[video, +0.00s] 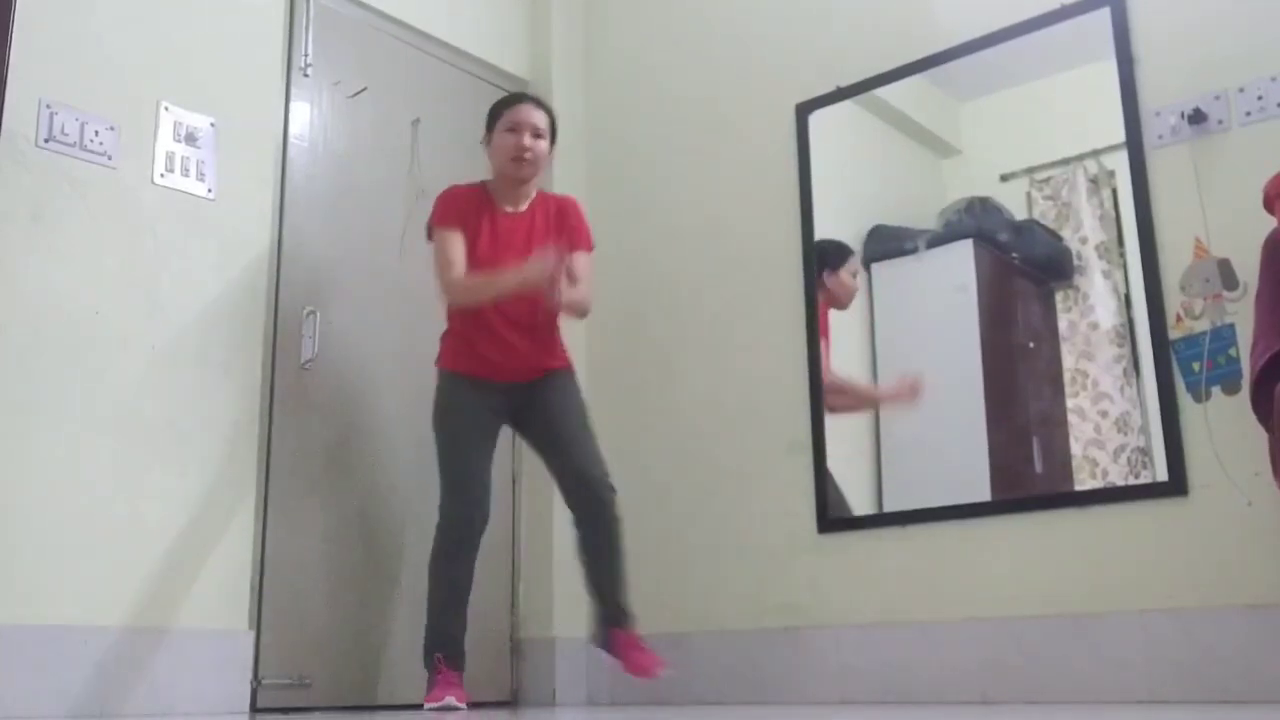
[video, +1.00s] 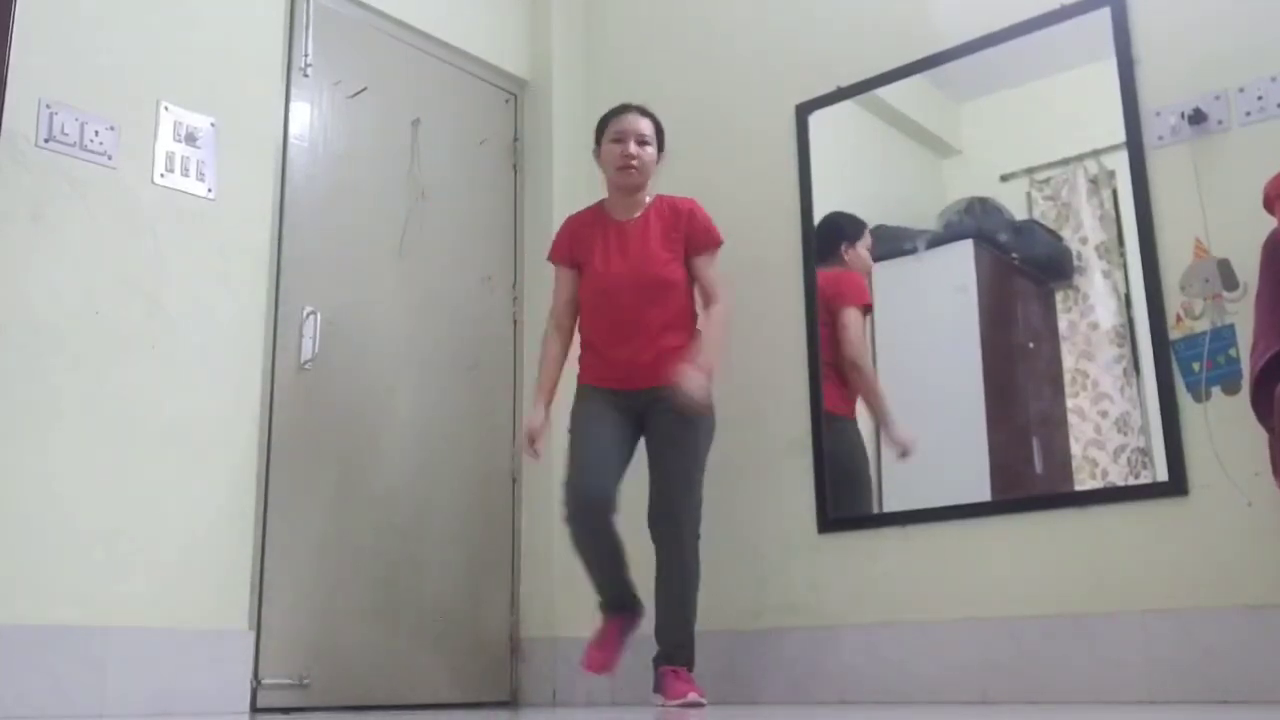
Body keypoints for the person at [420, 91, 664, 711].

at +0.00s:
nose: (526, 142)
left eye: (538, 134)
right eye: (514, 130)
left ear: (551, 150)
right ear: (489, 142)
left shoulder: (565, 213)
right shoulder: (458, 203)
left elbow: (581, 301)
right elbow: (455, 291)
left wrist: (562, 286)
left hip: (544, 377)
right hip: (470, 379)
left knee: (595, 496)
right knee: (464, 516)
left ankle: (616, 626)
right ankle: (445, 671)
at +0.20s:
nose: (573, 142)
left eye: (584, 136)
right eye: (561, 130)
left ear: (591, 151)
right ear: (530, 141)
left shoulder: (603, 211)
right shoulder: (498, 204)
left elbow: (623, 291)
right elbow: (514, 271)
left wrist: (600, 233)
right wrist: (581, 228)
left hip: (593, 385)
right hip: (516, 385)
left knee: (629, 522)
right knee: (487, 525)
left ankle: (672, 666)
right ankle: (448, 669)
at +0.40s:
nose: (628, 151)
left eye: (635, 142)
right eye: (613, 139)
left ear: (641, 157)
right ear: (580, 151)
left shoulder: (658, 218)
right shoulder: (549, 222)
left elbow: (674, 298)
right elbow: (557, 303)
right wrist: (578, 373)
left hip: (647, 383)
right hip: (576, 382)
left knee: (664, 525)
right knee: (557, 505)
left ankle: (673, 668)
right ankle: (490, 643)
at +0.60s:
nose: (642, 139)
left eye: (652, 132)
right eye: (629, 129)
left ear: (661, 150)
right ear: (601, 144)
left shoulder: (683, 211)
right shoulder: (571, 216)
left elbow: (728, 293)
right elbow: (523, 299)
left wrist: (742, 380)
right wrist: (520, 386)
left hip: (675, 378)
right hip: (600, 376)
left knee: (674, 519)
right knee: (632, 488)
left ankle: (674, 667)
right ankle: (616, 626)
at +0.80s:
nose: (637, 138)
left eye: (648, 131)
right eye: (624, 128)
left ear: (660, 149)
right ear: (599, 144)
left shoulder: (683, 205)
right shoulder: (572, 214)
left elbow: (743, 264)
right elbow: (509, 273)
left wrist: (759, 348)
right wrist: (536, 347)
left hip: (689, 378)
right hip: (612, 383)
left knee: (686, 518)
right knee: (649, 502)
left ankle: (676, 666)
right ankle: (639, 645)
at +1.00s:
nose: (631, 149)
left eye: (643, 141)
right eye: (619, 140)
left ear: (658, 157)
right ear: (598, 153)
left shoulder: (683, 217)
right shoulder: (579, 229)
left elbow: (715, 301)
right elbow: (560, 324)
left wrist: (702, 366)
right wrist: (541, 404)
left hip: (677, 390)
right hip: (603, 393)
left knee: (675, 525)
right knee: (584, 505)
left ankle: (676, 667)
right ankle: (620, 608)